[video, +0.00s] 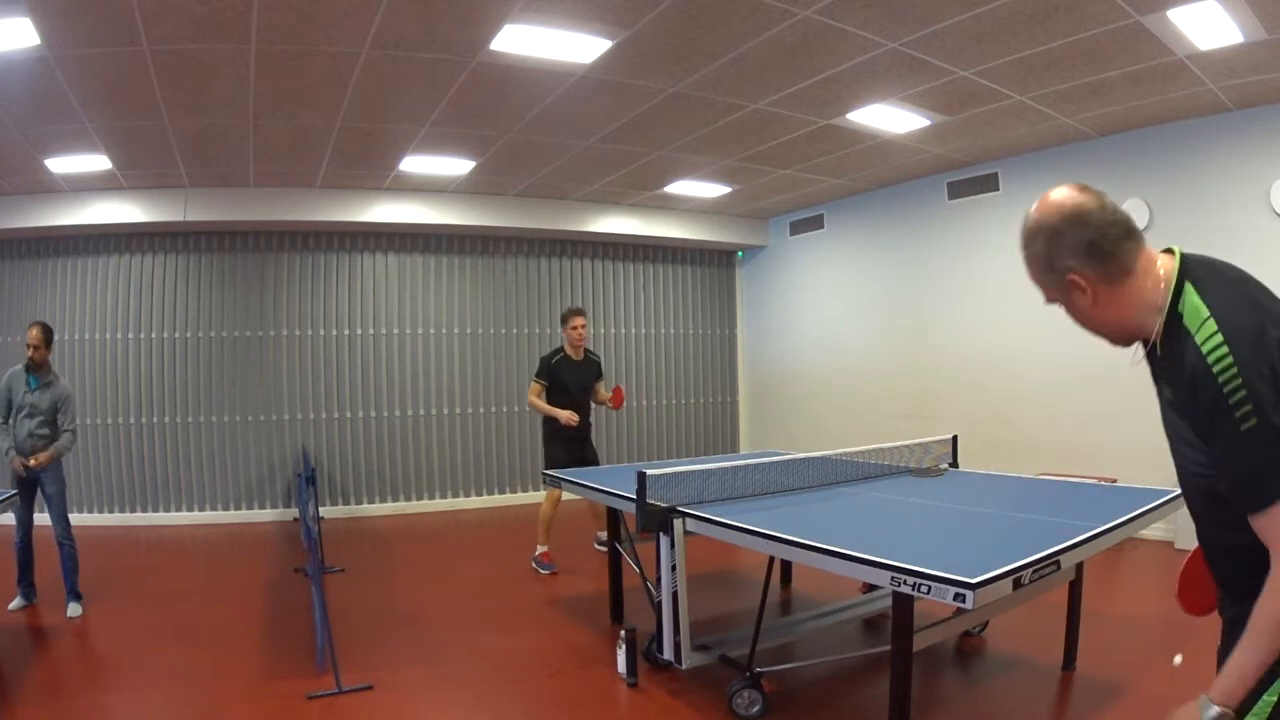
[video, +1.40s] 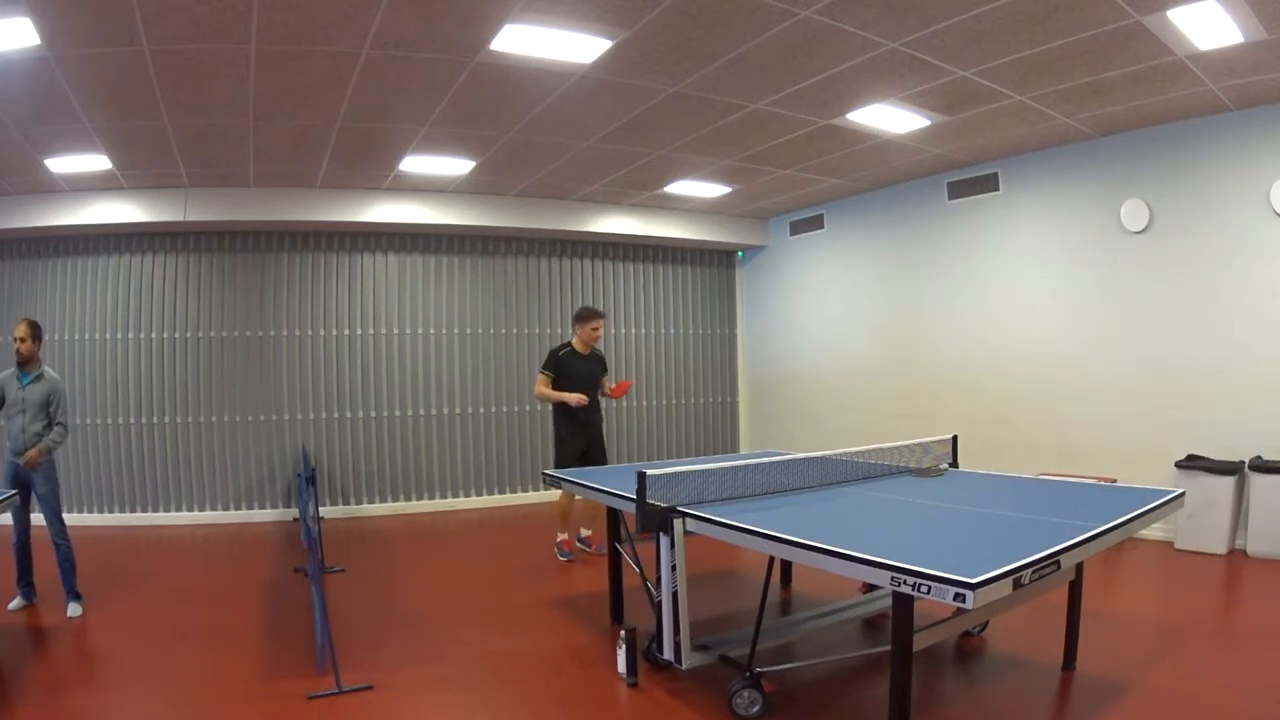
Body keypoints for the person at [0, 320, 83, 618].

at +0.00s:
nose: (30, 352)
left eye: (36, 348)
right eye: (28, 346)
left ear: (49, 349)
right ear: (25, 346)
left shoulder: (60, 390)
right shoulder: (12, 378)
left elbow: (69, 434)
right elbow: (4, 421)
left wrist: (48, 456)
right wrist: (12, 454)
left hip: (49, 464)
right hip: (19, 464)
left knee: (62, 532)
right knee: (22, 533)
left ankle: (73, 596)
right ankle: (26, 593)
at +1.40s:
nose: (17, 345)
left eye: (23, 340)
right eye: (15, 340)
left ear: (38, 344)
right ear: (13, 344)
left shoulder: (52, 383)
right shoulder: (6, 380)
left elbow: (61, 428)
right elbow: (2, 415)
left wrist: (41, 450)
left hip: (41, 464)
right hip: (11, 464)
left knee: (57, 532)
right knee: (20, 533)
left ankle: (72, 596)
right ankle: (26, 593)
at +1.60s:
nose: (16, 348)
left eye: (22, 343)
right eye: (14, 343)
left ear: (36, 346)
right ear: (12, 345)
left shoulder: (52, 382)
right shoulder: (7, 380)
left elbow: (62, 427)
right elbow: (3, 420)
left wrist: (43, 450)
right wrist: (1, 402)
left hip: (41, 463)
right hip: (11, 464)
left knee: (57, 531)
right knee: (20, 533)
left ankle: (72, 596)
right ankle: (26, 593)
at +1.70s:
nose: (16, 348)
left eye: (21, 343)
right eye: (14, 343)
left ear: (37, 346)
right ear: (13, 345)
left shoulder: (52, 382)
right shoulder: (7, 380)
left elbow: (63, 427)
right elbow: (3, 417)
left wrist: (44, 450)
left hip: (41, 463)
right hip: (12, 463)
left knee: (57, 531)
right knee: (20, 532)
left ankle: (73, 596)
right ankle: (26, 593)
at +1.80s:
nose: (16, 347)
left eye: (22, 342)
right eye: (14, 342)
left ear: (37, 345)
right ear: (13, 345)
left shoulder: (52, 382)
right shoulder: (6, 380)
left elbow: (63, 427)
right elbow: (3, 418)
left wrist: (45, 450)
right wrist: (1, 401)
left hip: (42, 463)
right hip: (12, 463)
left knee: (57, 531)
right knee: (20, 532)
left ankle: (73, 596)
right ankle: (26, 593)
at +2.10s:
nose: (17, 346)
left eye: (23, 341)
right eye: (15, 341)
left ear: (38, 345)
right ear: (13, 344)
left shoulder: (52, 383)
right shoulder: (6, 381)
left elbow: (62, 428)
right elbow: (2, 415)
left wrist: (42, 450)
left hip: (41, 463)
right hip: (12, 463)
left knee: (57, 531)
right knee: (20, 532)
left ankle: (73, 596)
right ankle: (26, 593)